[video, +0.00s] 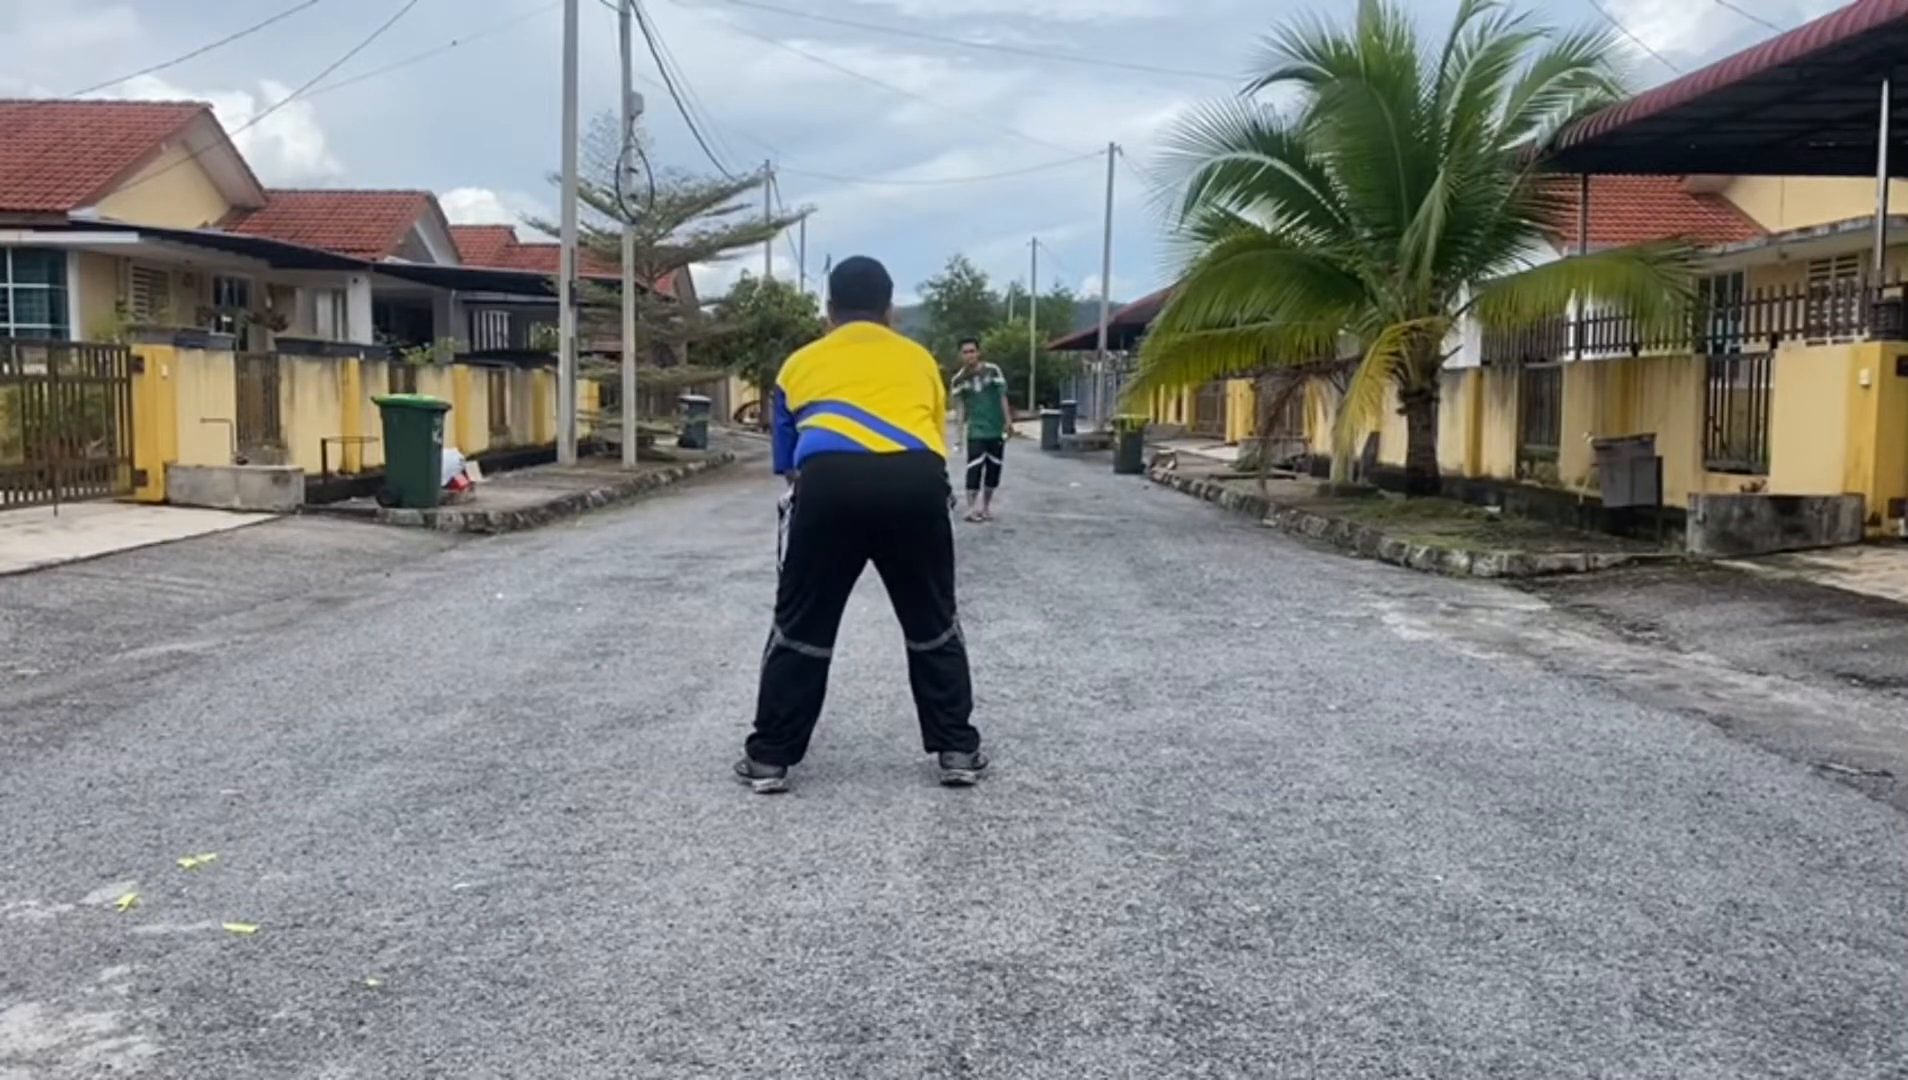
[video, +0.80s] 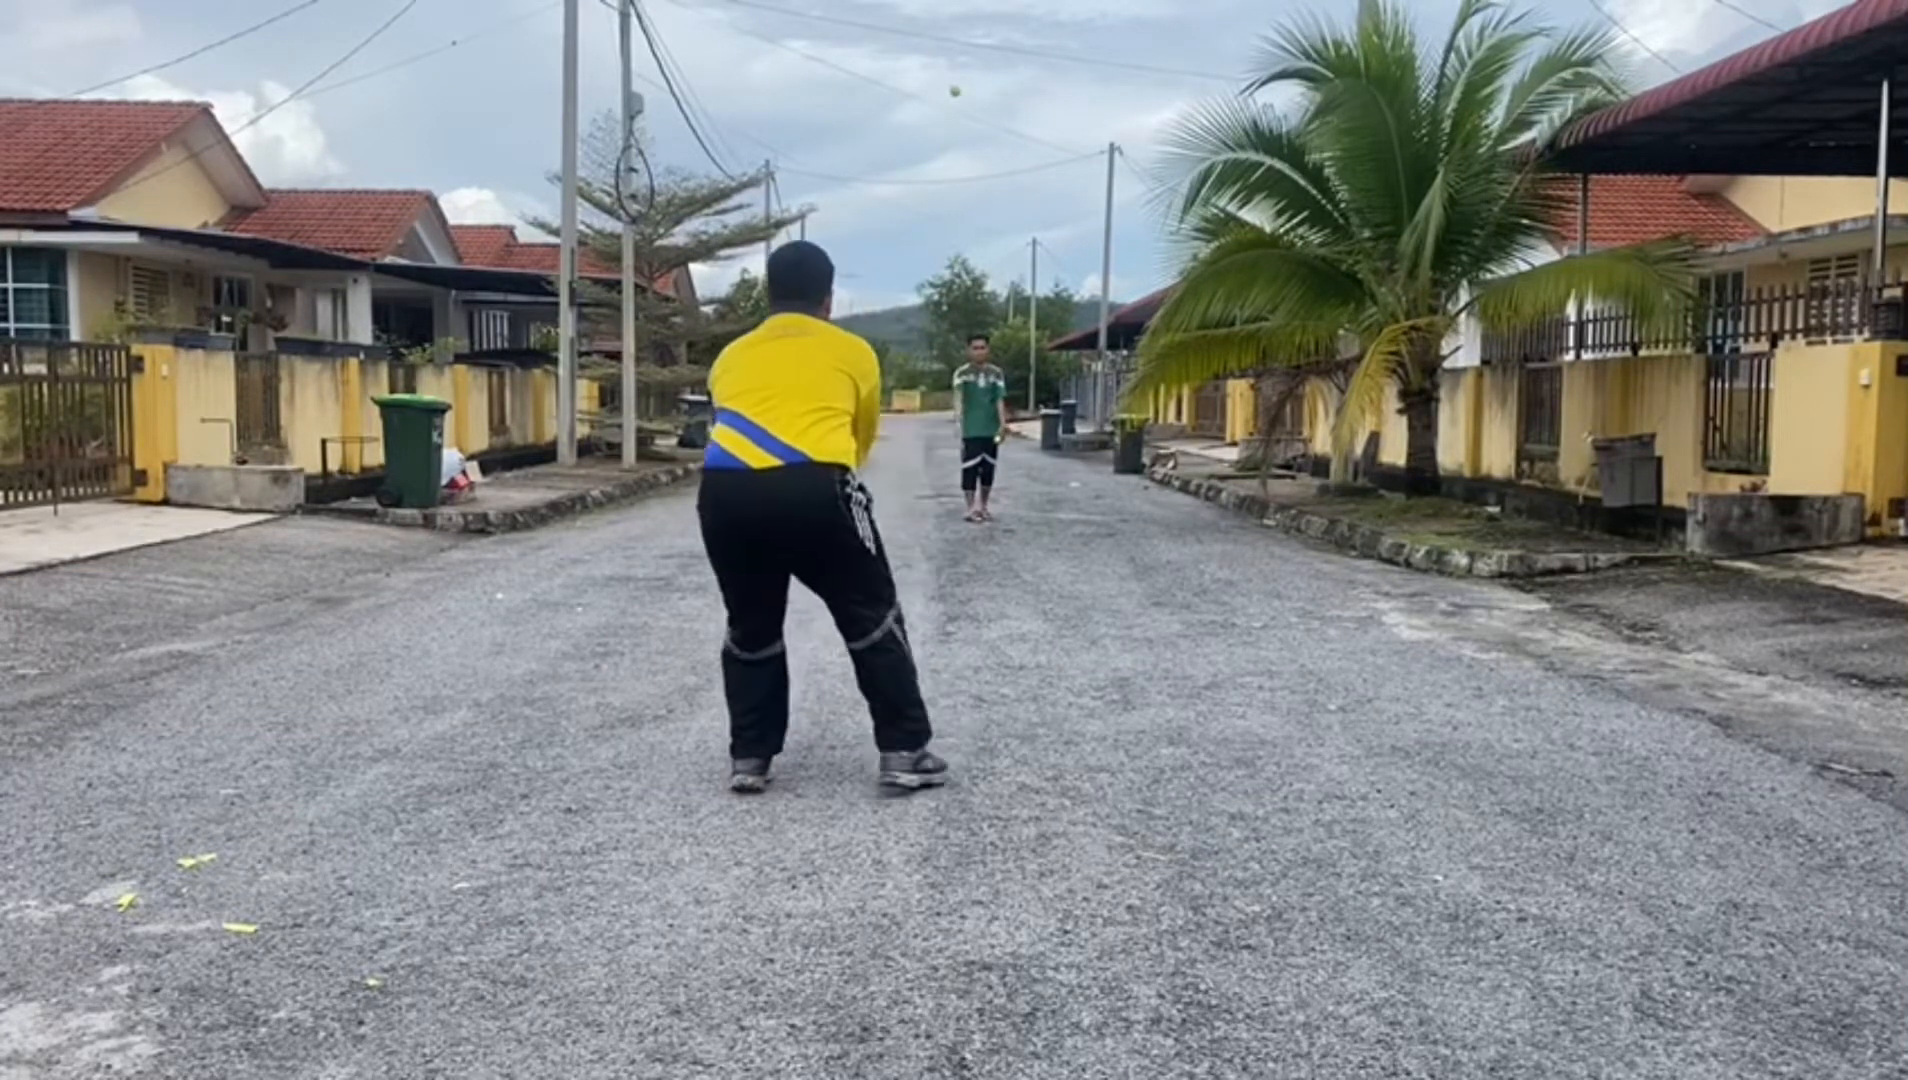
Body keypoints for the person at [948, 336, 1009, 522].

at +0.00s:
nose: (969, 355)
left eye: (972, 351)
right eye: (965, 352)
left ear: (978, 352)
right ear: (961, 356)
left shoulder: (993, 371)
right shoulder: (959, 380)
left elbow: (1003, 397)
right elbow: (960, 410)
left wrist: (1008, 421)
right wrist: (959, 436)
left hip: (996, 428)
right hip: (975, 430)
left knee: (993, 470)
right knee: (974, 468)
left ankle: (986, 507)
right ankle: (971, 507)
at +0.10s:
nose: (970, 354)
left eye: (973, 350)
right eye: (966, 351)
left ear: (980, 351)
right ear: (962, 354)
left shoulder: (993, 370)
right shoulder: (959, 377)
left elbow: (1002, 396)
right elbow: (956, 403)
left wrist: (1007, 420)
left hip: (995, 428)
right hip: (974, 429)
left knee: (992, 470)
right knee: (972, 469)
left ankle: (985, 507)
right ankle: (970, 507)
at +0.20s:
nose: (973, 352)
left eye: (976, 347)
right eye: (969, 348)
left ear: (982, 349)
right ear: (964, 352)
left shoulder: (993, 370)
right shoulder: (963, 372)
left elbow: (1000, 397)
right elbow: (960, 375)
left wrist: (1007, 420)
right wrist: (965, 364)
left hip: (993, 426)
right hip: (974, 426)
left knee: (991, 468)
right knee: (972, 466)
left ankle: (984, 506)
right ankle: (970, 506)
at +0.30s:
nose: (975, 351)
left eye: (978, 347)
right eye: (971, 347)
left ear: (983, 349)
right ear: (965, 351)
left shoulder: (992, 371)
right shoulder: (965, 370)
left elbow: (999, 398)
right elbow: (957, 354)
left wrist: (1006, 421)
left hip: (992, 424)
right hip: (974, 424)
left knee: (991, 466)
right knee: (973, 465)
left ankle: (984, 505)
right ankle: (971, 506)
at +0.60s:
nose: (978, 352)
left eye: (981, 348)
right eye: (974, 348)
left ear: (987, 350)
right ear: (968, 352)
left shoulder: (994, 372)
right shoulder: (965, 371)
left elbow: (999, 400)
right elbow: (955, 376)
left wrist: (1005, 422)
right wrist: (961, 353)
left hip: (990, 427)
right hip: (971, 426)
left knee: (988, 469)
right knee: (970, 468)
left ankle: (984, 506)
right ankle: (970, 507)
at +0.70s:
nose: (979, 352)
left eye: (982, 348)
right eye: (975, 348)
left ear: (988, 350)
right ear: (968, 351)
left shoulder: (994, 372)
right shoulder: (962, 371)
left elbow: (999, 400)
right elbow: (956, 390)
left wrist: (1004, 423)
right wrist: (965, 379)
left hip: (990, 428)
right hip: (970, 429)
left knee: (988, 471)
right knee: (969, 470)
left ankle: (984, 506)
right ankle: (970, 507)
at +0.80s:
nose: (979, 352)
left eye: (982, 348)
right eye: (975, 348)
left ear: (988, 351)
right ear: (968, 351)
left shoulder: (995, 373)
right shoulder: (961, 373)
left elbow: (999, 401)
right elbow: (958, 397)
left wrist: (1002, 424)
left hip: (990, 429)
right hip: (969, 429)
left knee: (988, 470)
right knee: (970, 470)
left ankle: (983, 506)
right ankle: (971, 507)